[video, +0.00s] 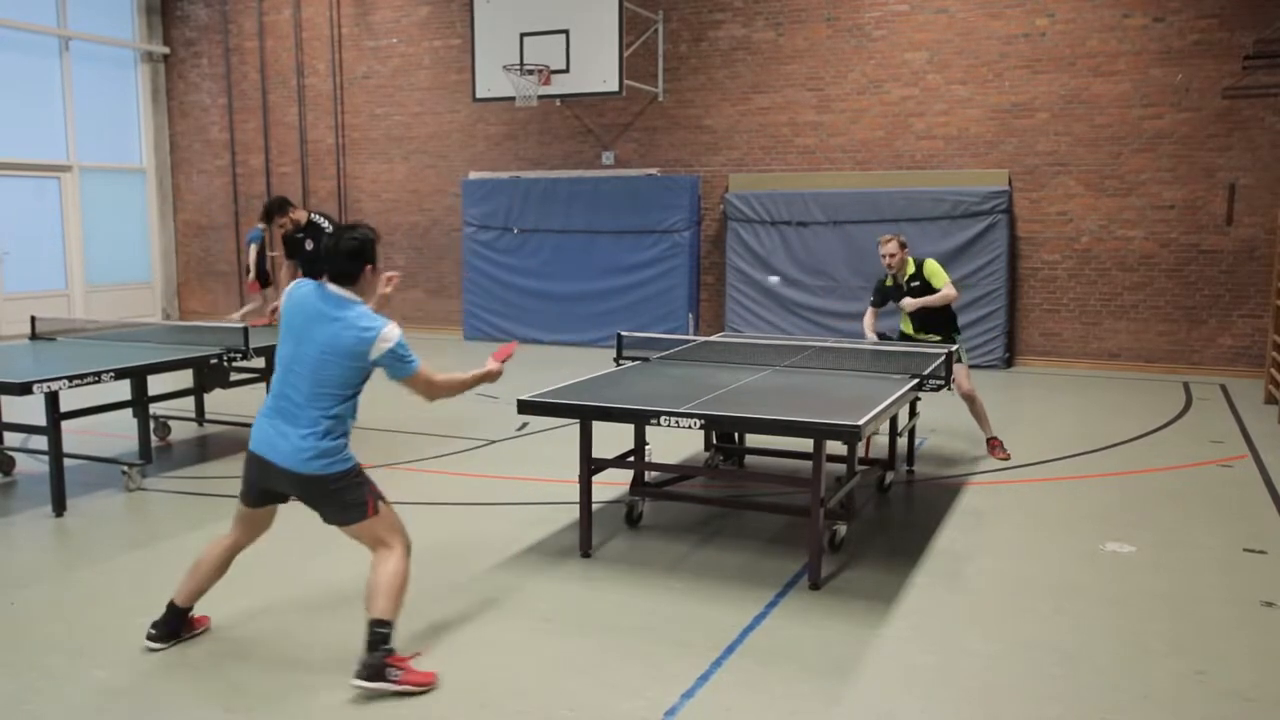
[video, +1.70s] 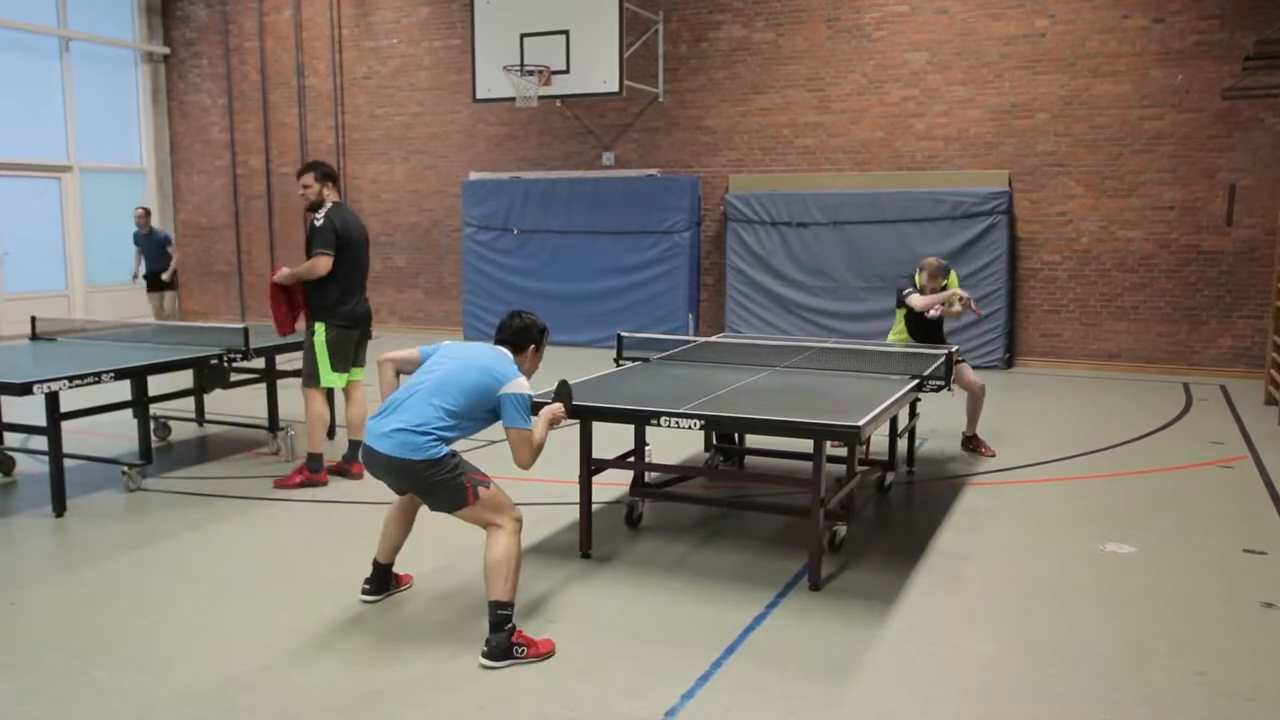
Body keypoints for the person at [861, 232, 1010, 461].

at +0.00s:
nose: (887, 261)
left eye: (892, 255)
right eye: (883, 257)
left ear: (905, 253)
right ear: (880, 258)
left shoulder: (927, 266)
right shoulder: (886, 283)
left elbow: (951, 294)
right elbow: (870, 314)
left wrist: (917, 302)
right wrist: (870, 332)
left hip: (944, 340)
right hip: (909, 341)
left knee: (966, 390)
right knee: (880, 383)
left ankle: (991, 439)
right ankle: (865, 439)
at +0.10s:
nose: (890, 273)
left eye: (895, 267)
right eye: (886, 268)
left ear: (907, 263)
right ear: (882, 268)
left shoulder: (928, 273)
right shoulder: (885, 293)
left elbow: (960, 294)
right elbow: (868, 322)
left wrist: (935, 302)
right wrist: (873, 339)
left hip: (946, 343)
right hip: (912, 346)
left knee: (965, 391)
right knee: (885, 384)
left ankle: (991, 440)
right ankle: (869, 431)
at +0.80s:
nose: (904, 247)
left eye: (909, 242)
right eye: (899, 242)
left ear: (917, 242)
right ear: (892, 243)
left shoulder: (933, 262)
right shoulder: (886, 271)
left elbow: (959, 291)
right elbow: (872, 302)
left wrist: (943, 307)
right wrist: (862, 319)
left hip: (933, 332)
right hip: (898, 331)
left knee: (959, 382)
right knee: (875, 379)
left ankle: (975, 431)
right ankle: (864, 437)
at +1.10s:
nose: (907, 234)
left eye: (912, 229)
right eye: (902, 229)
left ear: (920, 230)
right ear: (896, 230)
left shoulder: (935, 252)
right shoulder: (887, 260)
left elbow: (956, 281)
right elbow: (875, 288)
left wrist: (938, 306)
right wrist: (879, 314)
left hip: (933, 324)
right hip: (900, 324)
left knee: (955, 375)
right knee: (882, 372)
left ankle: (964, 416)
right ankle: (867, 428)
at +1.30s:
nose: (921, 314)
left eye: (926, 311)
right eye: (916, 310)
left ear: (936, 301)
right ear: (910, 298)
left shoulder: (946, 299)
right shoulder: (898, 298)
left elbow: (948, 337)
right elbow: (890, 327)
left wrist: (929, 338)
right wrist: (923, 318)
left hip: (940, 354)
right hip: (903, 355)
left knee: (971, 387)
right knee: (875, 387)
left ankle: (969, 436)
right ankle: (862, 439)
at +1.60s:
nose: (929, 308)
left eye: (934, 305)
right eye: (925, 304)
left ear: (942, 297)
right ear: (918, 293)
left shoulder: (949, 293)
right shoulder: (905, 297)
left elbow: (957, 327)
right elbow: (911, 322)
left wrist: (938, 330)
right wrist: (944, 313)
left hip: (938, 356)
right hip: (904, 357)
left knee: (978, 388)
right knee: (877, 391)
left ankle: (970, 437)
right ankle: (863, 437)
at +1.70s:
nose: (931, 293)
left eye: (936, 289)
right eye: (928, 289)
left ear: (945, 280)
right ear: (918, 277)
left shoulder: (951, 279)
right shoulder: (906, 286)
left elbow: (957, 311)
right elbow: (918, 304)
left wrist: (942, 311)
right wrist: (953, 294)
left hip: (937, 348)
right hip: (902, 349)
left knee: (977, 387)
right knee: (879, 391)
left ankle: (970, 437)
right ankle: (862, 437)